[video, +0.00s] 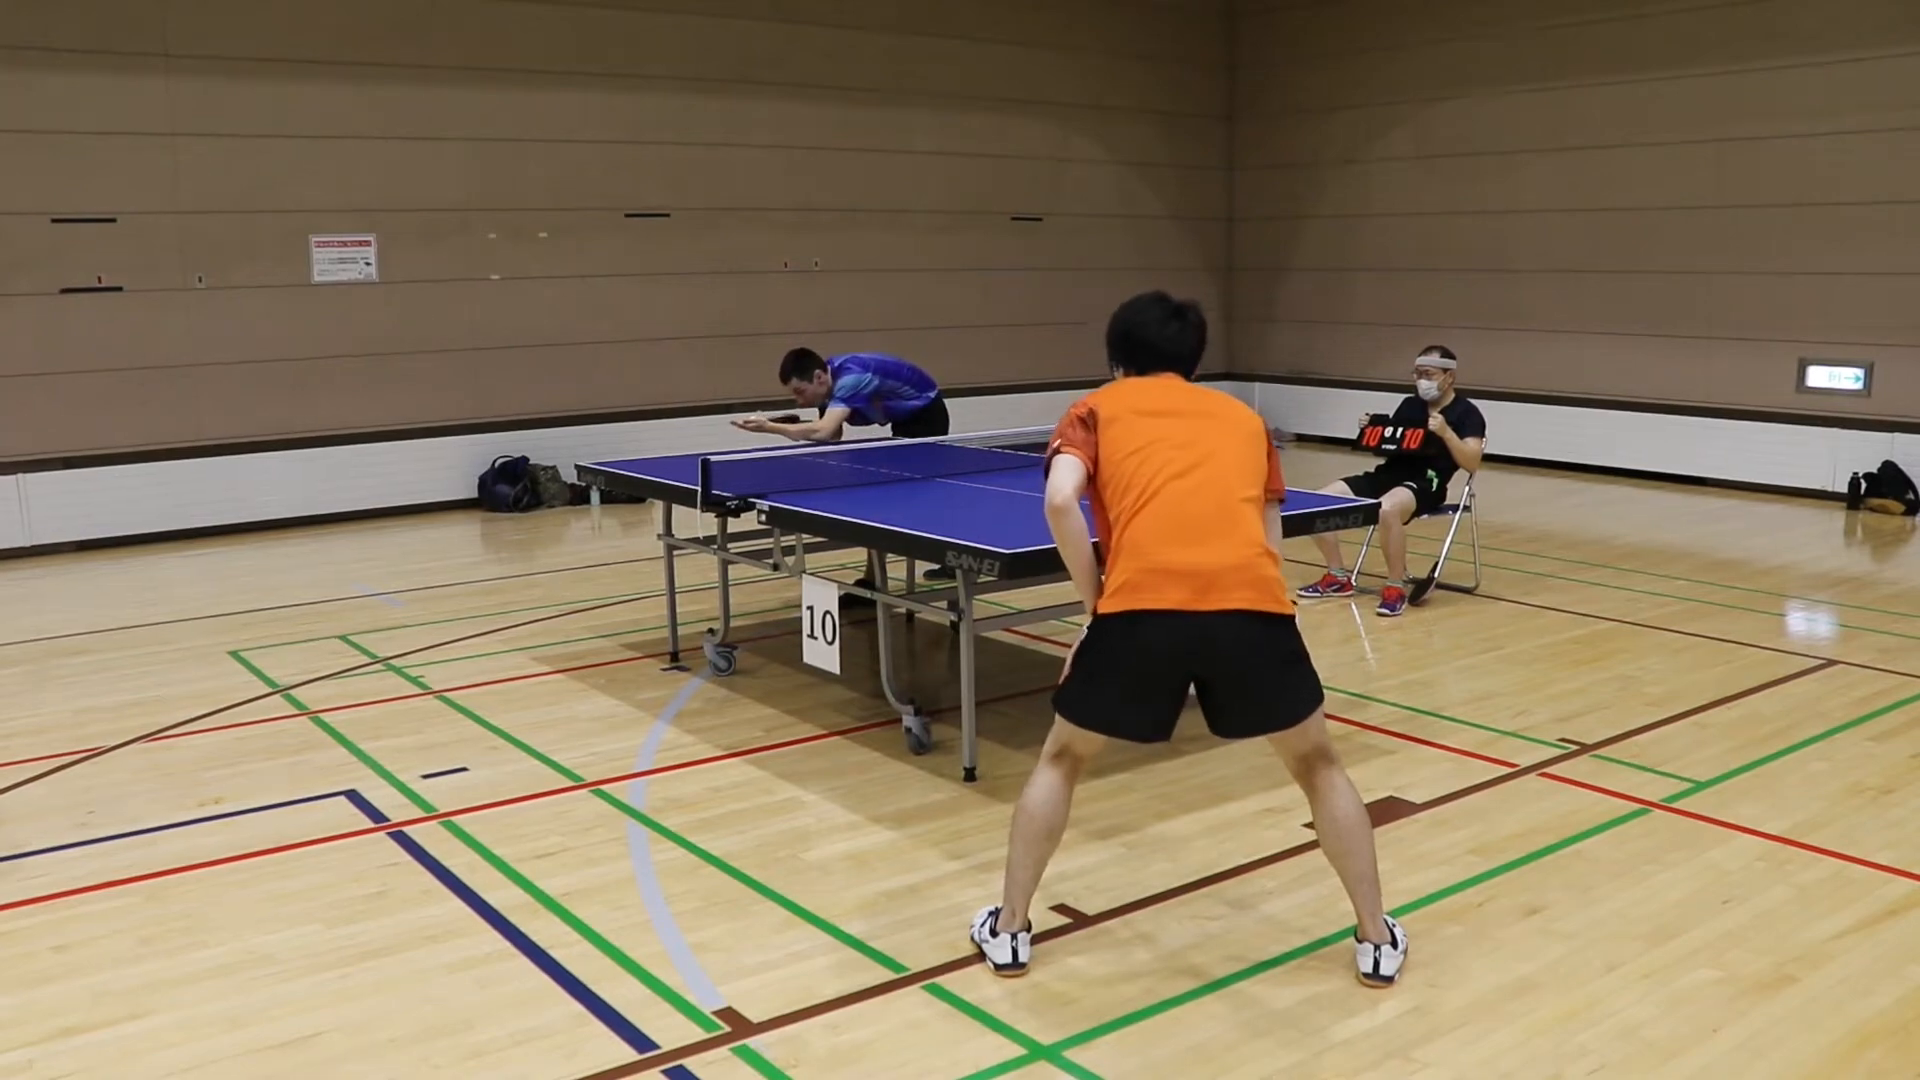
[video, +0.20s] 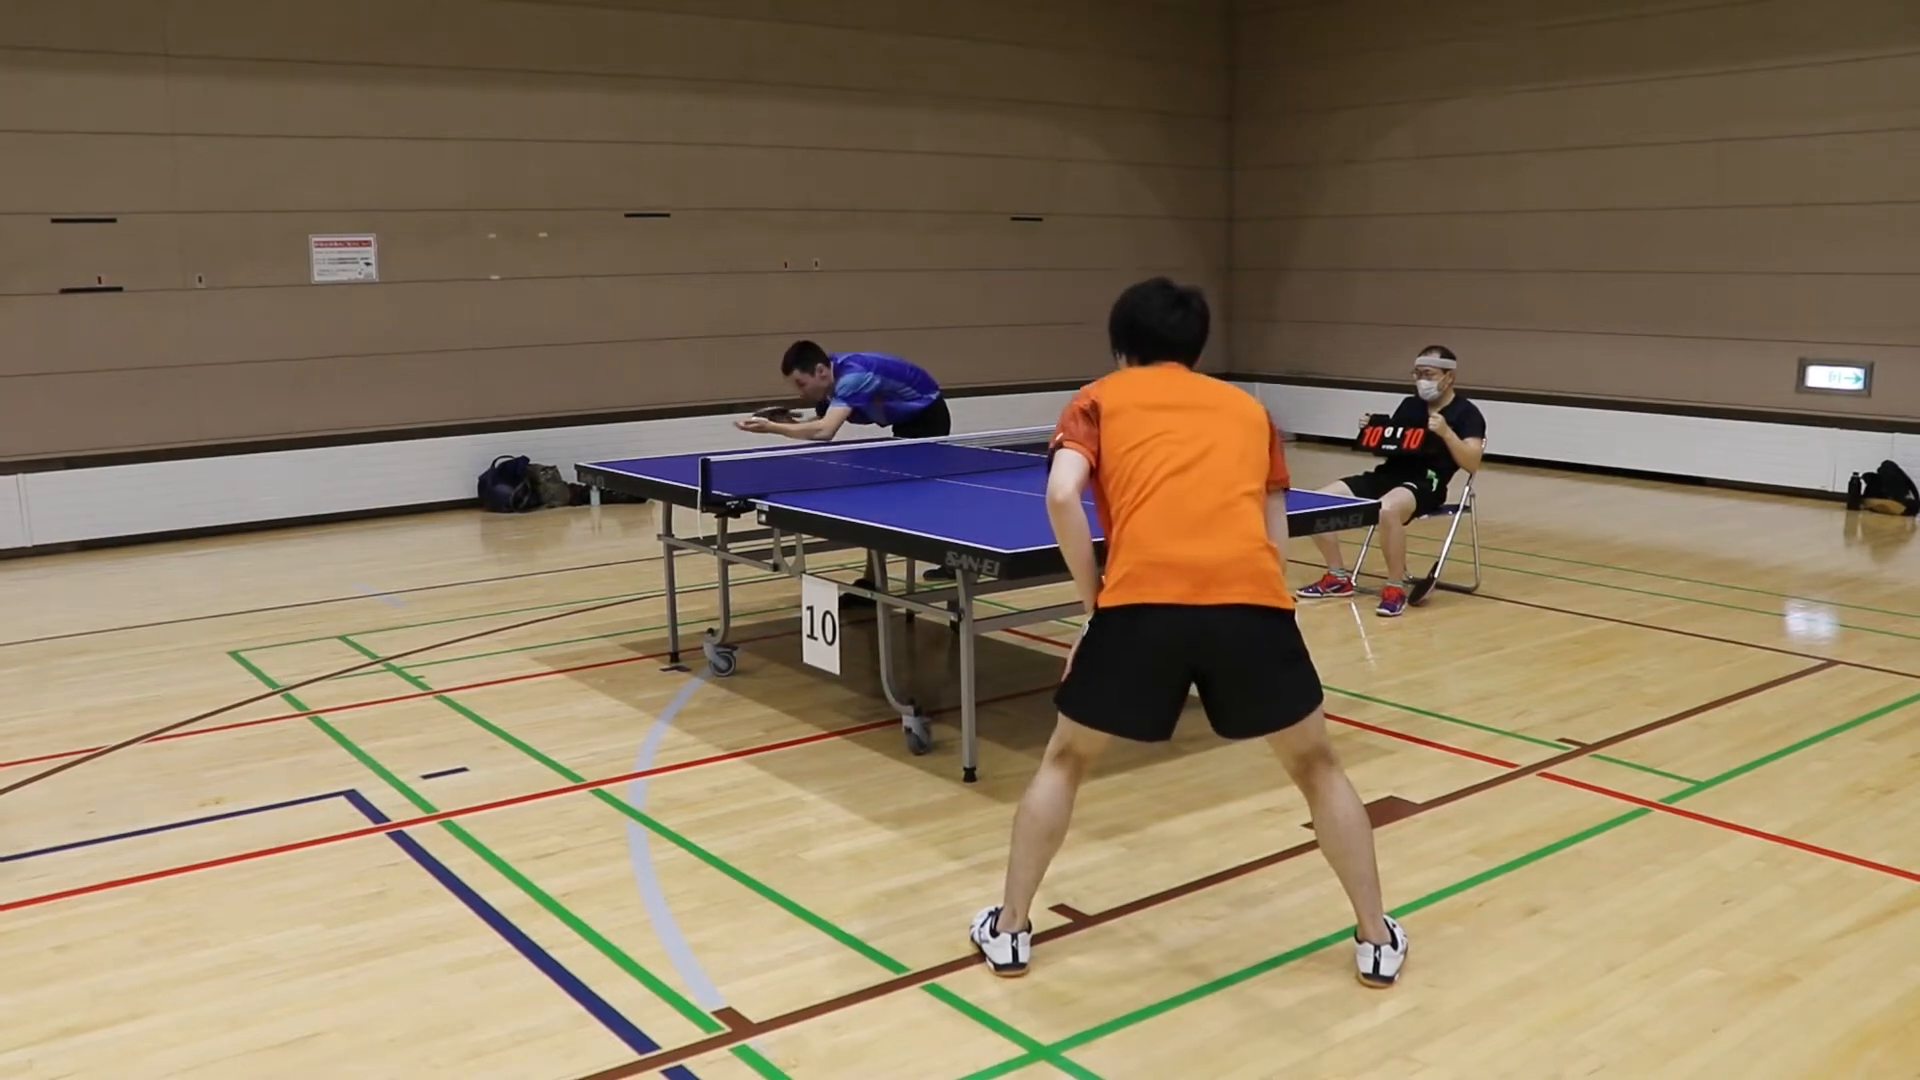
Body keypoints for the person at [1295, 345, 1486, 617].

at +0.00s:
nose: (1423, 381)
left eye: (1430, 374)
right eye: (1419, 374)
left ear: (1450, 378)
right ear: (1414, 375)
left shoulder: (1467, 414)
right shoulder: (1411, 404)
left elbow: (1472, 464)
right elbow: (1392, 440)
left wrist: (1446, 433)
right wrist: (1373, 426)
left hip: (1427, 482)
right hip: (1390, 474)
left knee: (1389, 509)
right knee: (1318, 503)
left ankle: (1394, 588)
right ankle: (1337, 576)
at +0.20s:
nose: (1423, 381)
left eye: (1430, 374)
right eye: (1419, 374)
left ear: (1449, 378)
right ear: (1414, 375)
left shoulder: (1467, 414)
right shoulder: (1411, 405)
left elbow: (1472, 464)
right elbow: (1392, 440)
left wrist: (1446, 433)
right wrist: (1373, 426)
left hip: (1427, 482)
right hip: (1390, 474)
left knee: (1389, 510)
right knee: (1317, 503)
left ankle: (1394, 588)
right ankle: (1337, 576)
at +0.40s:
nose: (1423, 380)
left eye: (1430, 374)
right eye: (1418, 374)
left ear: (1449, 377)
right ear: (1413, 375)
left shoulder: (1467, 414)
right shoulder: (1411, 405)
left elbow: (1472, 463)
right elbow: (1393, 440)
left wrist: (1446, 433)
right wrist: (1373, 426)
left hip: (1427, 482)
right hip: (1390, 474)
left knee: (1389, 509)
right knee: (1318, 503)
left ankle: (1395, 588)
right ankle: (1337, 576)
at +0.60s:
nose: (1423, 380)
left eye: (1430, 374)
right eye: (1419, 373)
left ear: (1450, 377)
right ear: (1414, 375)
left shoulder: (1467, 414)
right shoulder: (1411, 404)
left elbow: (1472, 463)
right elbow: (1392, 440)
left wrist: (1446, 433)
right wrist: (1373, 426)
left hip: (1427, 482)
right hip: (1390, 474)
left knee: (1389, 509)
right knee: (1322, 501)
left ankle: (1395, 587)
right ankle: (1337, 576)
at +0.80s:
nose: (1422, 380)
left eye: (1430, 374)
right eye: (1418, 374)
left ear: (1449, 378)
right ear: (1413, 375)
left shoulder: (1468, 414)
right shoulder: (1410, 405)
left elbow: (1472, 464)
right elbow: (1389, 443)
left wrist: (1446, 432)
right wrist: (1372, 428)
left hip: (1426, 482)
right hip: (1389, 475)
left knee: (1390, 508)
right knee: (1324, 509)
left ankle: (1395, 588)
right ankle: (1337, 575)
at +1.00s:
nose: (1423, 381)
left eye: (1430, 375)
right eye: (1418, 374)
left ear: (1450, 378)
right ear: (1414, 375)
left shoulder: (1466, 413)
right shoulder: (1410, 405)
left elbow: (1471, 463)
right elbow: (1386, 444)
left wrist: (1446, 433)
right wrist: (1367, 432)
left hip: (1426, 482)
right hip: (1388, 476)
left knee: (1390, 508)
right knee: (1323, 500)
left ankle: (1395, 587)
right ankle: (1337, 574)